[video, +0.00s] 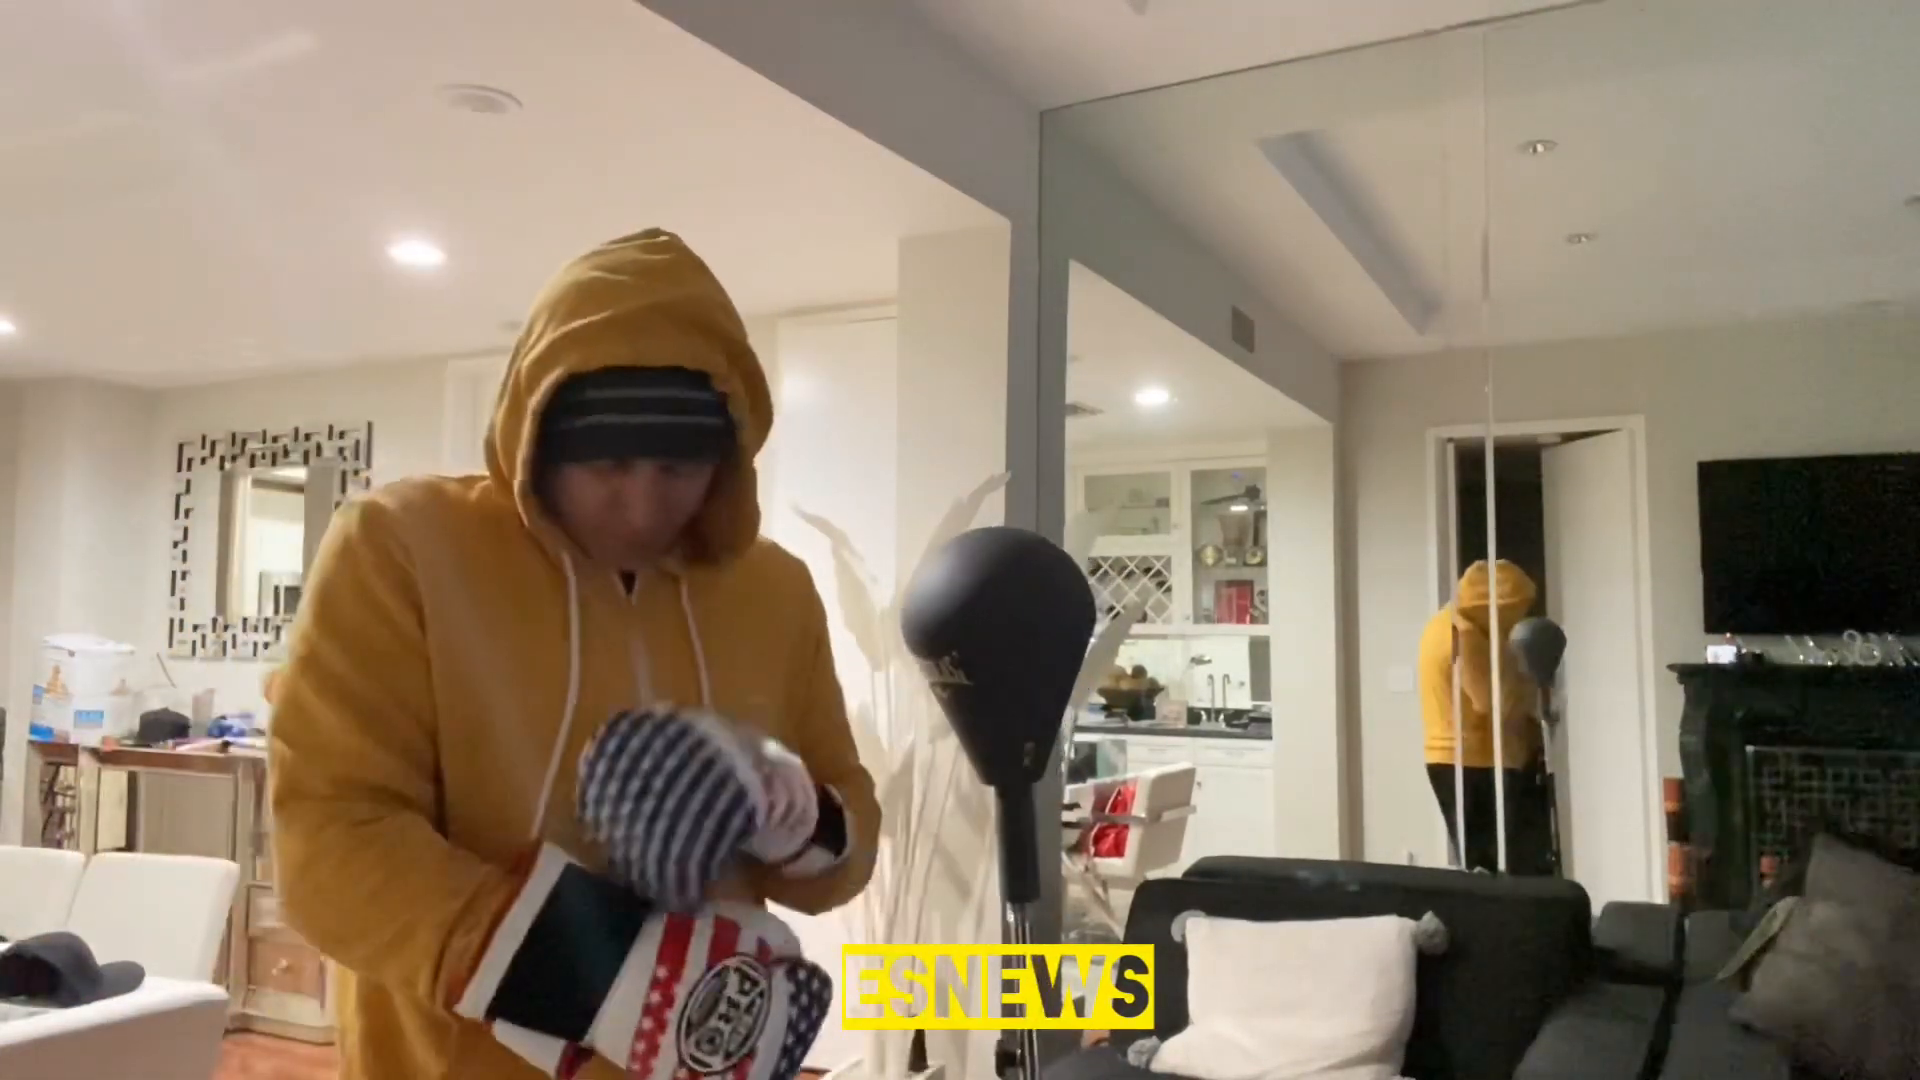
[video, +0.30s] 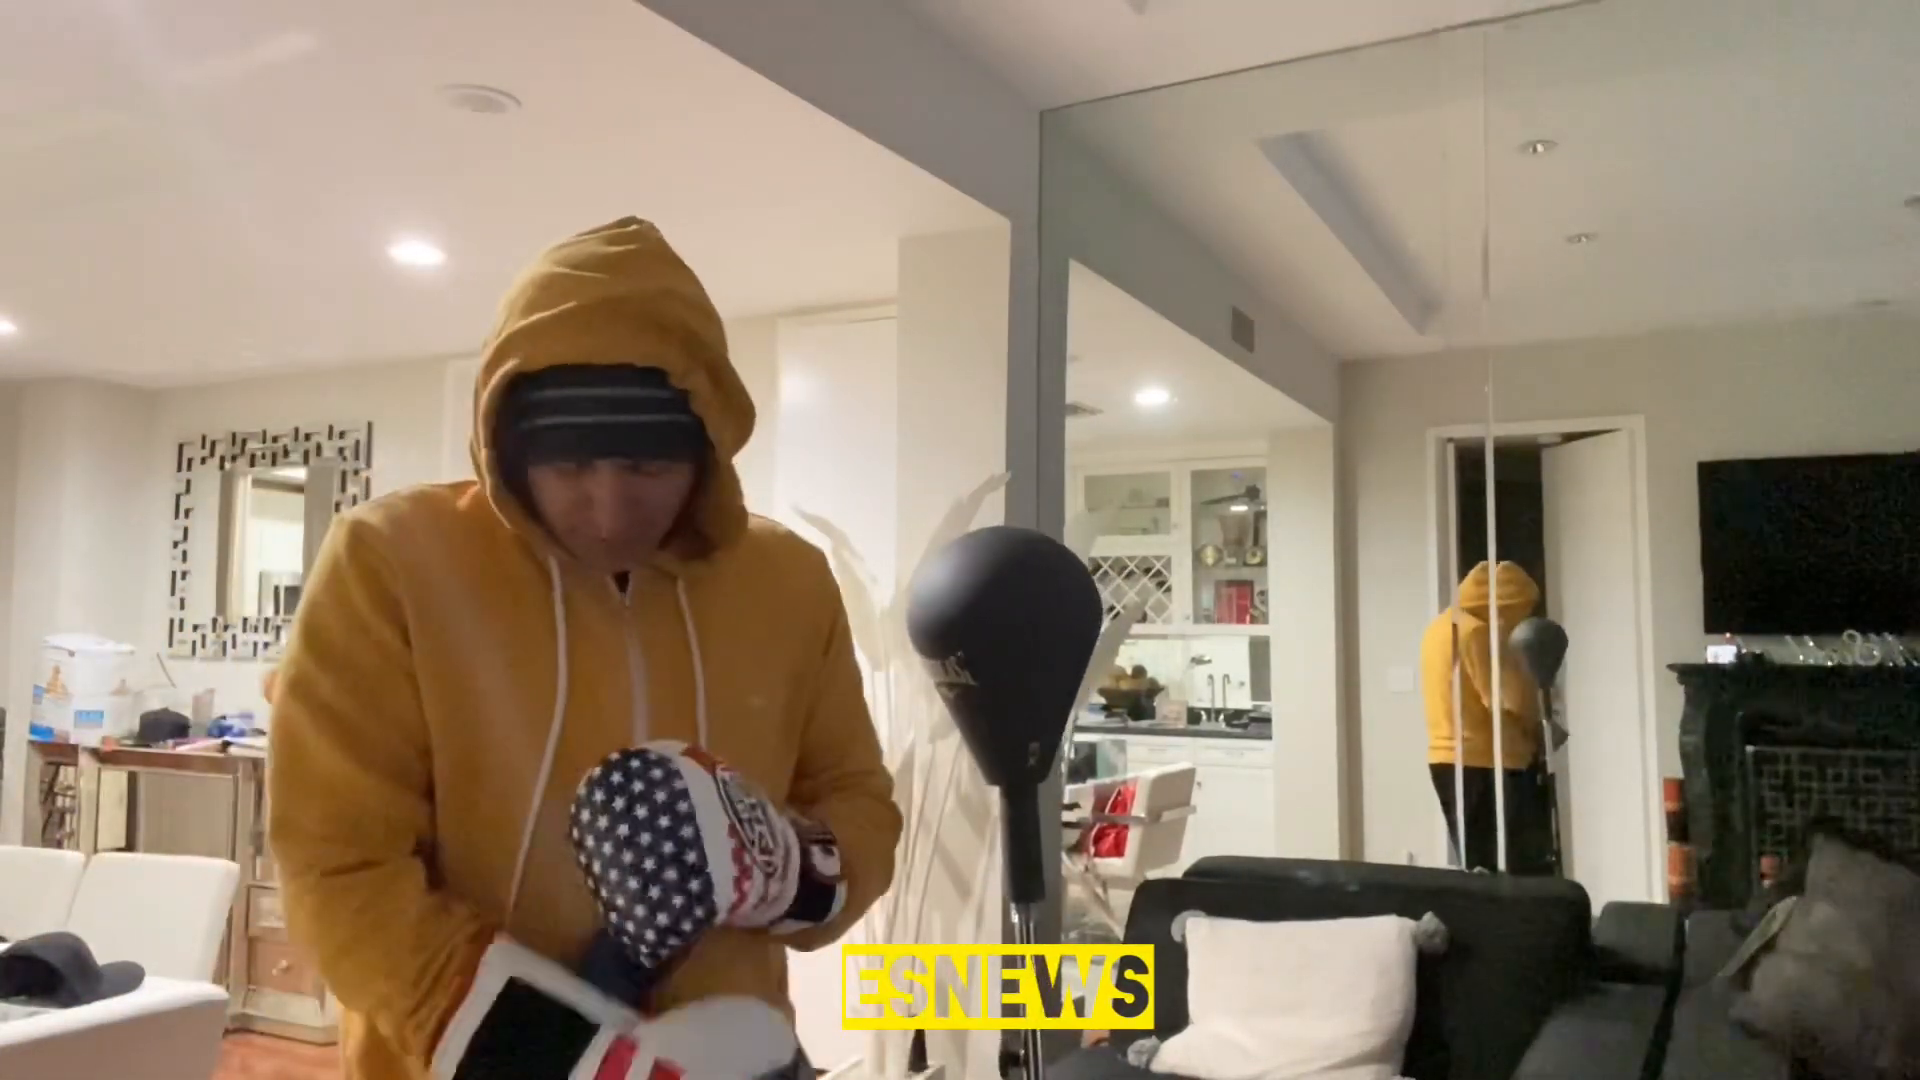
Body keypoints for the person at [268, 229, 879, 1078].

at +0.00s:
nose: (640, 505)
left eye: (678, 465)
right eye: (604, 462)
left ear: (720, 465)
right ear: (538, 451)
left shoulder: (773, 594)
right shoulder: (402, 551)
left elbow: (847, 853)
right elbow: (332, 842)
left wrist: (788, 817)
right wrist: (597, 966)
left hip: (693, 1061)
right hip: (448, 1059)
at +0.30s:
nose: (606, 513)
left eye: (647, 466)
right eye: (568, 465)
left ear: (703, 455)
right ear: (515, 451)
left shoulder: (786, 582)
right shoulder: (392, 564)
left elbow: (864, 815)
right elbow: (343, 874)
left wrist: (783, 864)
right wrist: (574, 1049)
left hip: (733, 1057)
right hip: (464, 1059)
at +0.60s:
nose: (549, 506)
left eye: (591, 456)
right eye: (510, 457)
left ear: (666, 437)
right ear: (466, 445)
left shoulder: (783, 566)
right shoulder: (363, 571)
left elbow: (879, 789)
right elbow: (324, 886)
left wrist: (777, 842)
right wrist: (390, 1053)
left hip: (718, 1055)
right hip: (463, 1056)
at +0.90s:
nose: (514, 502)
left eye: (558, 448)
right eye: (469, 452)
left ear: (635, 421)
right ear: (420, 438)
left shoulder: (760, 548)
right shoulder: (320, 581)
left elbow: (878, 784)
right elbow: (250, 940)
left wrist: (789, 798)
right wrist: (293, 1071)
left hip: (710, 1060)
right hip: (427, 1060)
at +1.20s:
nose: (489, 496)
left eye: (533, 438)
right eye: (444, 444)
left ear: (614, 409)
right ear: (392, 429)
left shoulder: (752, 553)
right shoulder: (282, 589)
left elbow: (878, 784)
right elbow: (215, 937)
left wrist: (847, 829)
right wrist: (298, 1061)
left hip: (695, 1059)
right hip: (417, 1058)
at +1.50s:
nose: (504, 481)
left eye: (551, 423)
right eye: (460, 427)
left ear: (627, 404)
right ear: (408, 420)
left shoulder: (759, 559)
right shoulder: (292, 581)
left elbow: (885, 814)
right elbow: (195, 896)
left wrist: (788, 822)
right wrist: (436, 1038)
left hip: (703, 1064)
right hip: (424, 1075)